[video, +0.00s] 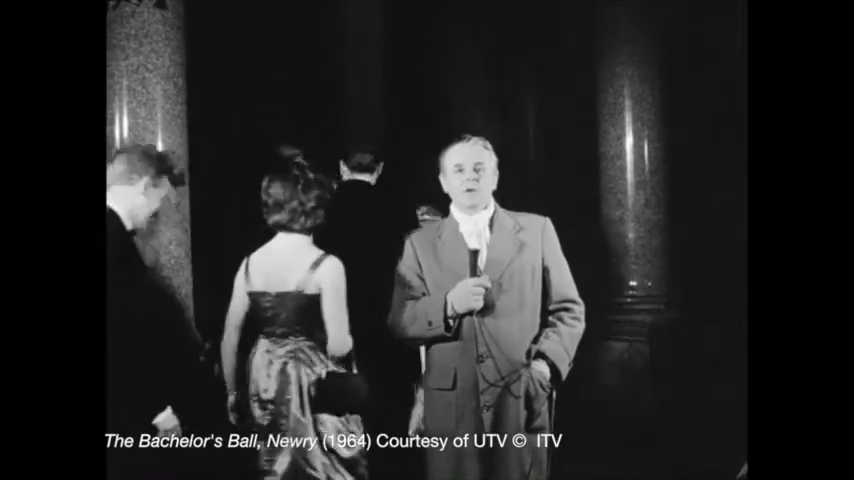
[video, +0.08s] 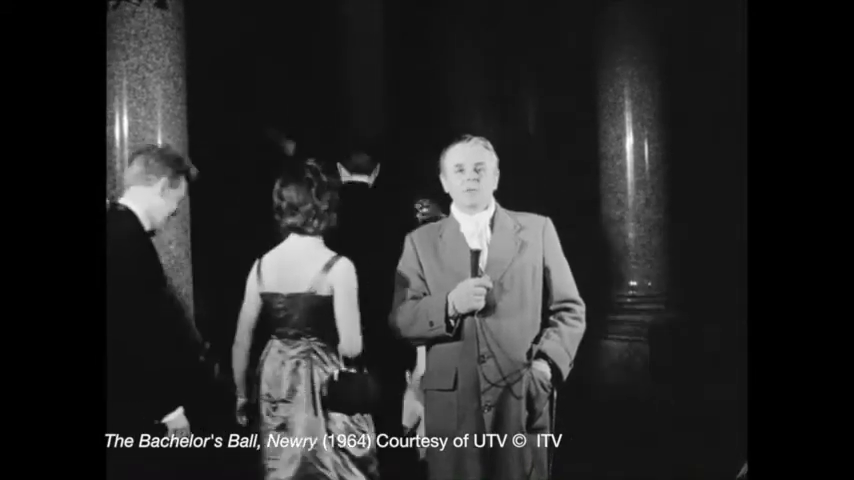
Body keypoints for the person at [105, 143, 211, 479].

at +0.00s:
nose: (157, 215)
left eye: (163, 205)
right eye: (160, 202)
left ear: (134, 182)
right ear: (146, 185)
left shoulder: (120, 243)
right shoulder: (114, 244)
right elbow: (124, 336)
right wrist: (157, 407)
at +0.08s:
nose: (174, 213)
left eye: (179, 204)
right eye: (177, 202)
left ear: (139, 182)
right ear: (162, 187)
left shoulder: (125, 233)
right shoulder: (126, 239)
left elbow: (144, 329)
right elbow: (137, 333)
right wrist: (168, 408)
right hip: (137, 416)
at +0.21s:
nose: (200, 205)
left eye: (203, 195)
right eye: (200, 194)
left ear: (172, 181)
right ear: (181, 183)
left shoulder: (131, 227)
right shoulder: (151, 236)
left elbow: (155, 322)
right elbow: (163, 324)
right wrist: (184, 395)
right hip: (150, 401)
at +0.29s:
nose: (212, 197)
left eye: (214, 187)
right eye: (210, 184)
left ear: (183, 175)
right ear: (185, 175)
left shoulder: (146, 224)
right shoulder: (166, 231)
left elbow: (169, 316)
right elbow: (176, 316)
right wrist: (198, 389)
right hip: (164, 387)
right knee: (166, 471)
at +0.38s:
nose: (222, 191)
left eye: (223, 181)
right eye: (219, 179)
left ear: (192, 171)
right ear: (192, 171)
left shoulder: (153, 223)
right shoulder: (176, 229)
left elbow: (174, 315)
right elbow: (188, 313)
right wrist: (211, 384)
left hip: (161, 378)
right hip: (178, 385)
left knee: (167, 471)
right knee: (183, 472)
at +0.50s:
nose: (235, 186)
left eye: (236, 177)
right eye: (230, 174)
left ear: (201, 170)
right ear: (203, 169)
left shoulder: (169, 220)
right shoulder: (191, 224)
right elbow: (207, 308)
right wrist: (236, 379)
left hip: (180, 370)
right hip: (200, 377)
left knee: (189, 465)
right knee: (208, 467)